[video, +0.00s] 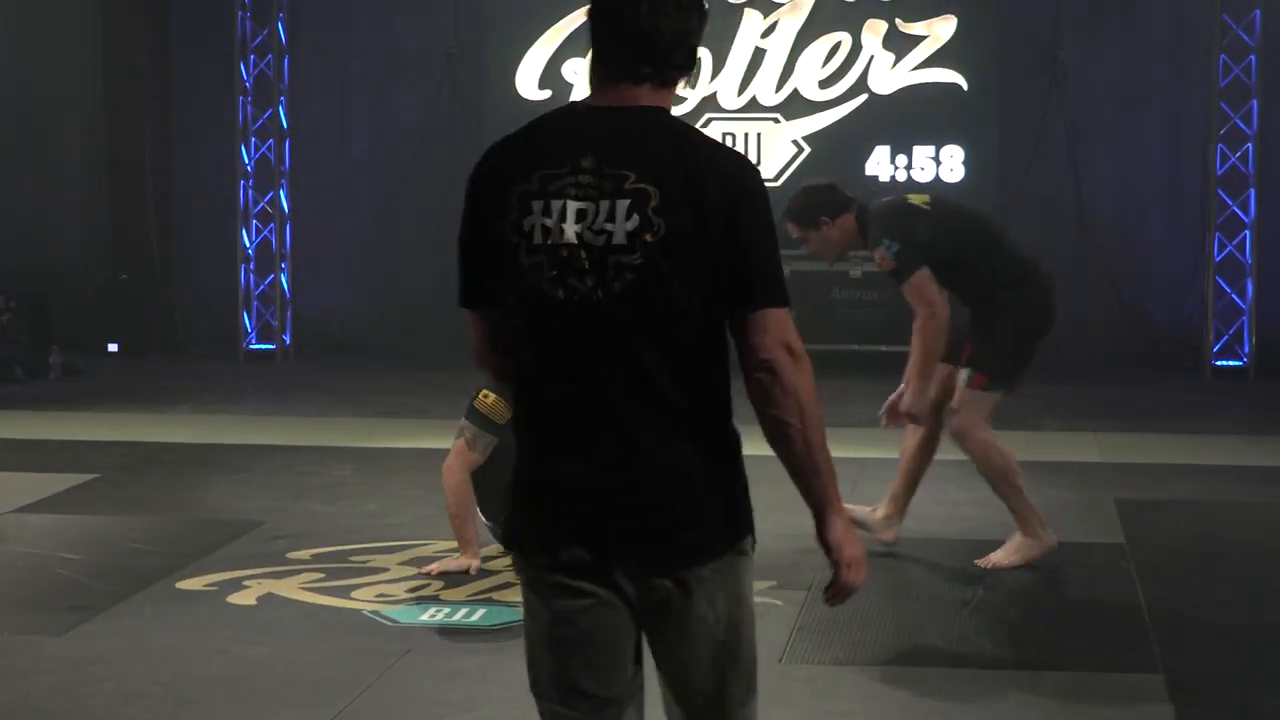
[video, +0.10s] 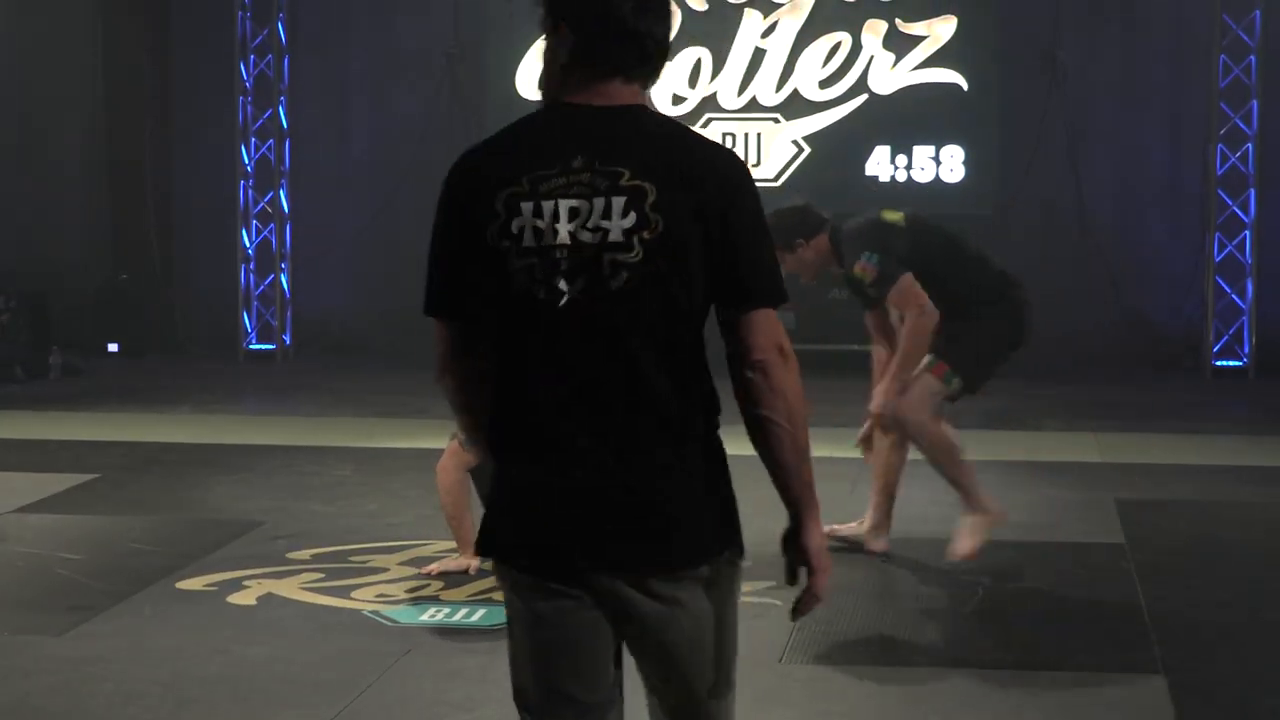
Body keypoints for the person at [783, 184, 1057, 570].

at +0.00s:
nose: (808, 251)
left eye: (805, 240)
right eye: (802, 243)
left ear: (829, 224)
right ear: (834, 220)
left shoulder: (886, 230)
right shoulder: (882, 221)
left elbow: (934, 311)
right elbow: (925, 312)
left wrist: (915, 392)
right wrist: (909, 384)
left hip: (1017, 301)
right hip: (981, 302)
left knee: (966, 422)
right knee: (928, 399)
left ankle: (1034, 532)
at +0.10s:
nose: (790, 272)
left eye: (786, 262)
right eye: (784, 265)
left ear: (804, 245)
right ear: (807, 243)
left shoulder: (861, 246)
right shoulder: (852, 257)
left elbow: (922, 314)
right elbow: (883, 343)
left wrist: (888, 394)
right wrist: (875, 416)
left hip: (992, 312)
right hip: (957, 314)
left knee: (913, 409)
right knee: (891, 408)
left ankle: (980, 509)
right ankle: (875, 526)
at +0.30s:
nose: (747, 347)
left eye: (747, 337)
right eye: (742, 342)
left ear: (771, 320)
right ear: (772, 318)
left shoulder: (818, 328)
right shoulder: (798, 344)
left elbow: (898, 345)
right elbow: (778, 418)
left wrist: (920, 420)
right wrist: (741, 456)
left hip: (951, 382)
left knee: (832, 418)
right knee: (831, 408)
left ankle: (831, 542)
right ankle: (864, 528)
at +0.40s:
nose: (733, 374)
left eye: (734, 358)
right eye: (728, 363)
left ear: (755, 341)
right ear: (755, 343)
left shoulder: (811, 346)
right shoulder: (780, 376)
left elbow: (891, 373)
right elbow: (740, 438)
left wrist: (914, 457)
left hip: (939, 403)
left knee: (814, 420)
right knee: (825, 412)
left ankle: (826, 544)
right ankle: (859, 528)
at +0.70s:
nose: (763, 228)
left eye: (767, 216)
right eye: (760, 218)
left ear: (797, 206)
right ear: (795, 208)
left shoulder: (863, 224)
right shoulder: (820, 242)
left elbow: (926, 292)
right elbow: (825, 303)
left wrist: (923, 375)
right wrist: (839, 350)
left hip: (968, 320)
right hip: (934, 319)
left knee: (877, 403)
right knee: (855, 400)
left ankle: (900, 532)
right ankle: (863, 522)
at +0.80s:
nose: (788, 189)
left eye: (791, 178)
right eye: (785, 179)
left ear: (820, 169)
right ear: (820, 170)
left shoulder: (880, 194)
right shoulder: (857, 204)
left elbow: (945, 267)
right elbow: (895, 255)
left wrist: (935, 353)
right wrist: (908, 306)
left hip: (988, 298)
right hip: (958, 298)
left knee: (925, 411)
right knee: (898, 401)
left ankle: (1024, 506)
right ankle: (867, 526)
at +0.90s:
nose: (813, 174)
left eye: (816, 162)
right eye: (811, 164)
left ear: (844, 154)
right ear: (849, 153)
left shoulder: (897, 183)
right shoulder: (891, 180)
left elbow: (954, 263)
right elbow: (949, 258)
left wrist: (948, 351)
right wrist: (951, 311)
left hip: (1007, 303)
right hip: (981, 301)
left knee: (1009, 432)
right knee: (932, 415)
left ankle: (1090, 532)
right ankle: (877, 525)